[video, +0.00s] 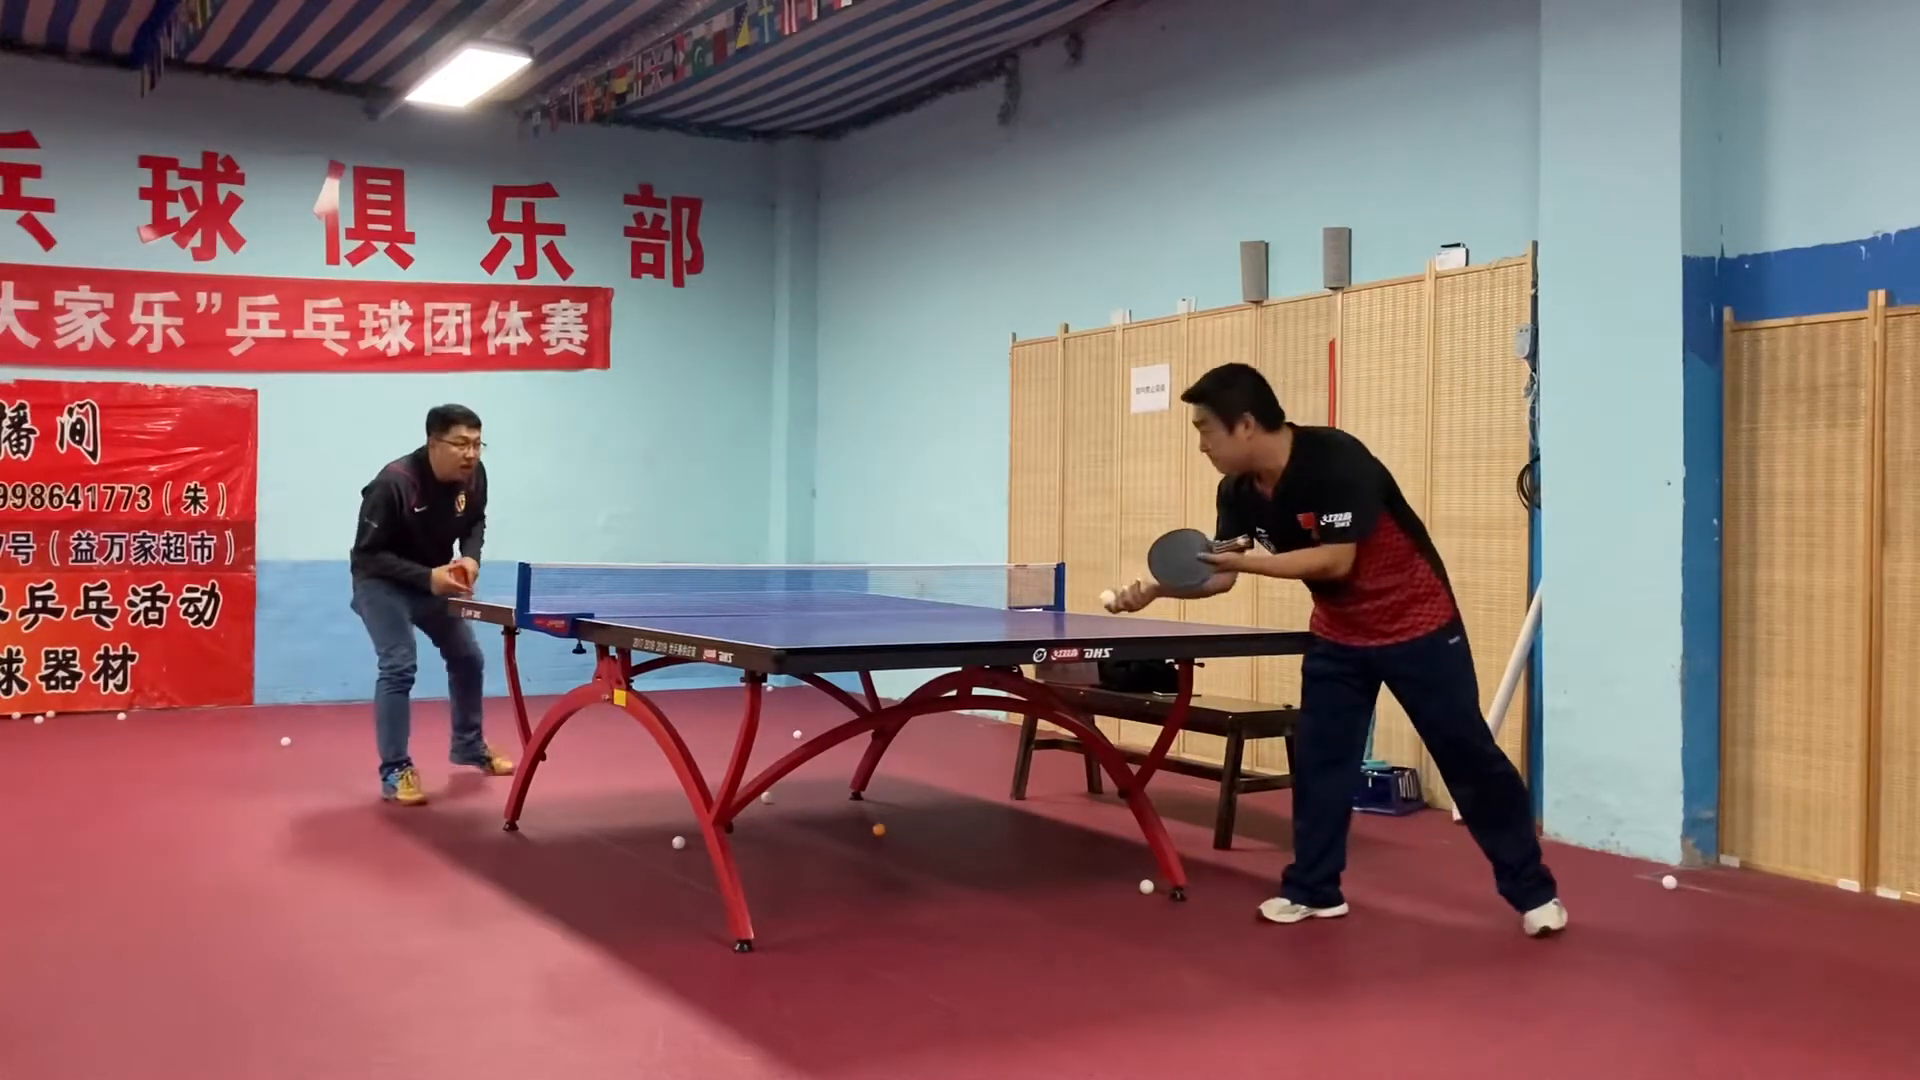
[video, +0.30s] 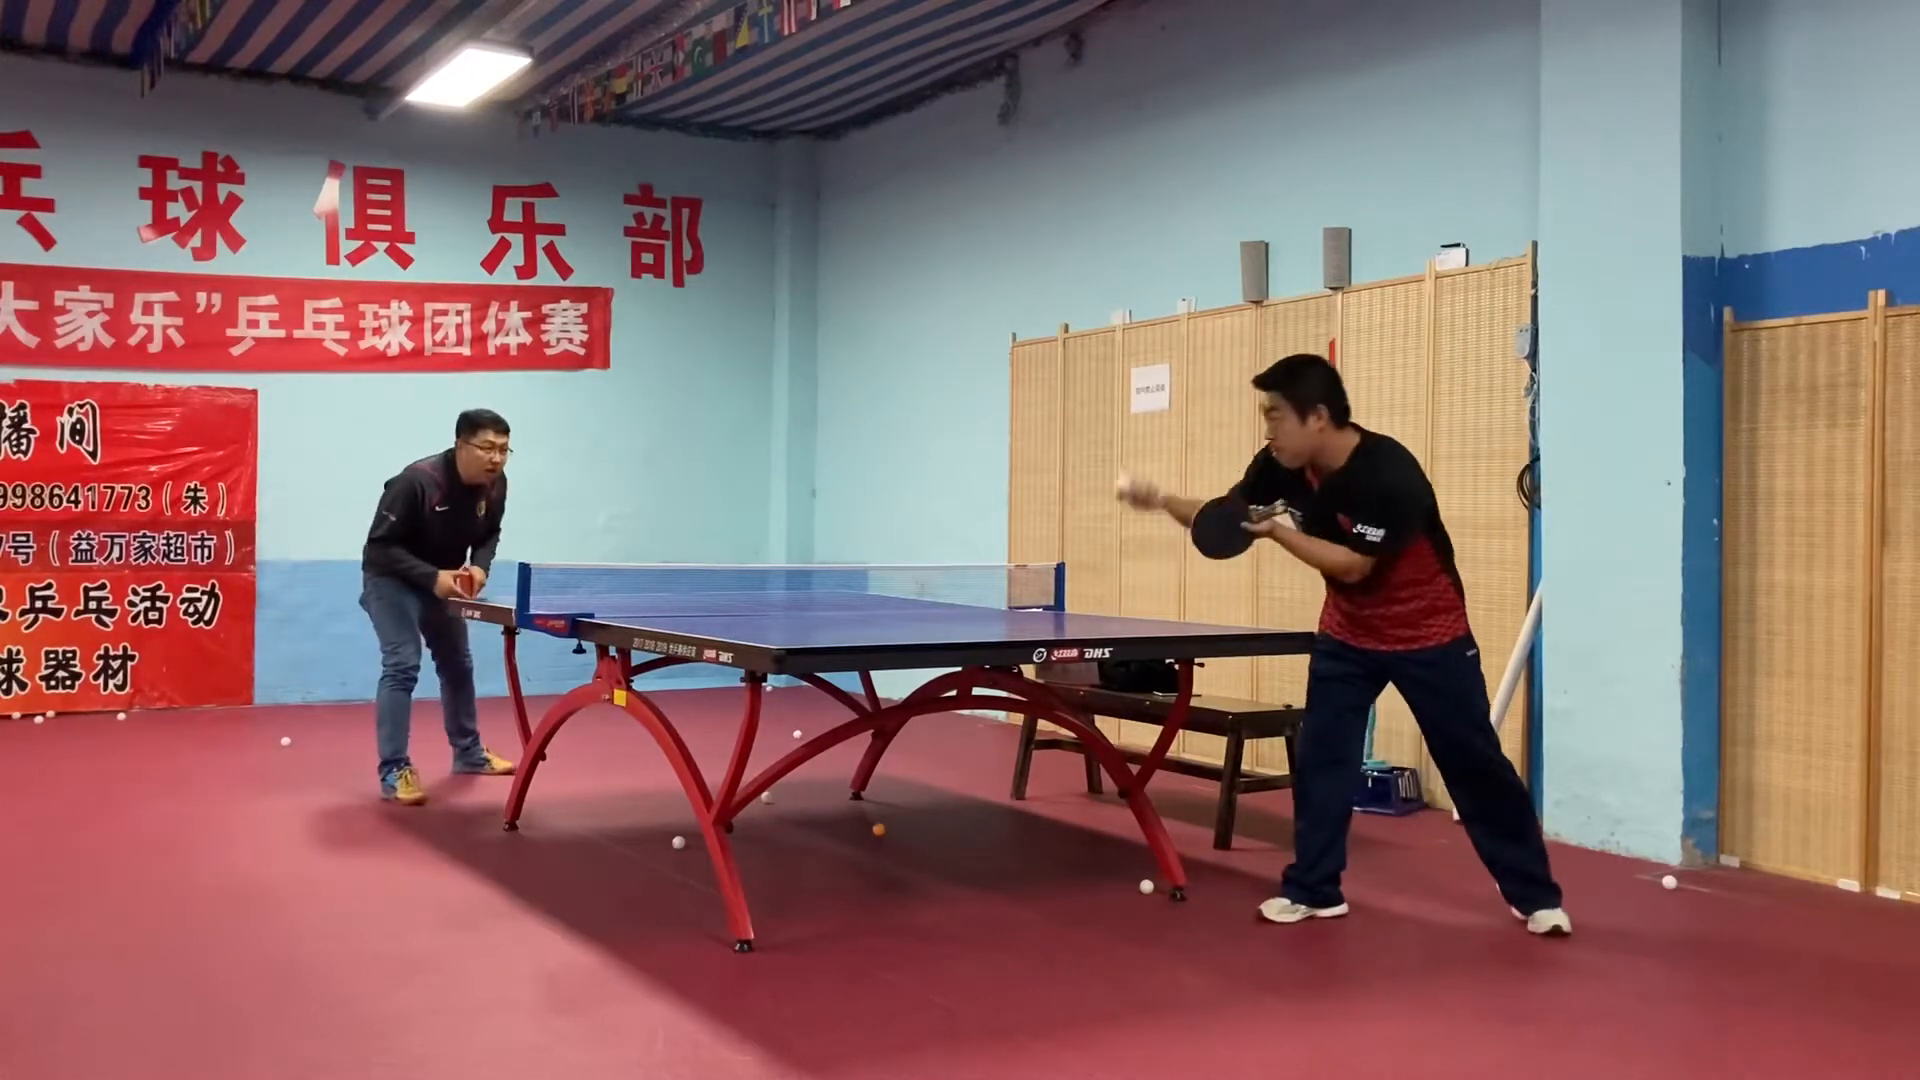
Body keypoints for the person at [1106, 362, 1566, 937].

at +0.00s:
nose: (1201, 444)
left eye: (1204, 429)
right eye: (1198, 432)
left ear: (1245, 425)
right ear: (1243, 426)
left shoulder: (1337, 459)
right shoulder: (1238, 492)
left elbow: (1337, 560)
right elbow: (1223, 573)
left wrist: (1245, 561)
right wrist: (1155, 587)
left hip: (1417, 626)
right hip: (1339, 631)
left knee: (1469, 757)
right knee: (1319, 760)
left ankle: (1533, 890)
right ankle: (1315, 889)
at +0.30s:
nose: (1267, 430)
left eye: (1275, 417)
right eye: (1265, 417)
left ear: (1318, 418)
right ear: (1306, 419)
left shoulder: (1387, 469)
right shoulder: (1284, 463)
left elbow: (1353, 564)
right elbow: (1224, 518)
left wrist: (1282, 531)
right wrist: (1163, 500)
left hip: (1429, 637)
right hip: (1347, 634)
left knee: (1476, 764)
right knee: (1321, 756)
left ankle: (1536, 896)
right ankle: (1315, 888)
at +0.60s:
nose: (1366, 379)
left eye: (1382, 368)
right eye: (1367, 366)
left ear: (1425, 383)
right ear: (1372, 376)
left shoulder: (1485, 453)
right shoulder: (1352, 439)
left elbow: (1503, 542)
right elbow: (1291, 468)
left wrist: (1430, 533)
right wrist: (1232, 465)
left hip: (1464, 639)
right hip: (1375, 634)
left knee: (1497, 764)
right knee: (1340, 759)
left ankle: (1536, 895)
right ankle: (1313, 887)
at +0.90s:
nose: (1357, 395)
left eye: (1371, 383)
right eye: (1356, 384)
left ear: (1417, 390)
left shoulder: (1481, 439)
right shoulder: (1346, 453)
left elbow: (1567, 480)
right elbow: (1309, 481)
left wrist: (1565, 441)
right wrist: (1325, 538)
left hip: (1468, 638)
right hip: (1376, 634)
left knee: (1504, 765)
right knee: (1323, 745)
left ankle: (1537, 894)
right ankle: (1312, 882)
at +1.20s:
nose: (1221, 444)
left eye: (1223, 430)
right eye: (1219, 431)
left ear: (1254, 427)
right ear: (1261, 426)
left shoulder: (1350, 464)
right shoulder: (1288, 483)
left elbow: (1421, 526)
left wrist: (1349, 522)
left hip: (1416, 653)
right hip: (1347, 650)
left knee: (1440, 789)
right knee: (1294, 752)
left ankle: (1533, 886)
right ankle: (1300, 899)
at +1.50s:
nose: (1222, 404)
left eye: (1223, 389)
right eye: (1221, 389)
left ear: (1248, 386)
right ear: (1268, 383)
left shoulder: (1330, 445)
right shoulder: (1293, 449)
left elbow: (1312, 546)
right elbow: (1318, 539)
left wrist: (1223, 506)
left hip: (1394, 649)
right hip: (1343, 648)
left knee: (1368, 786)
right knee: (1297, 768)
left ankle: (1391, 972)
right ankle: (1300, 900)